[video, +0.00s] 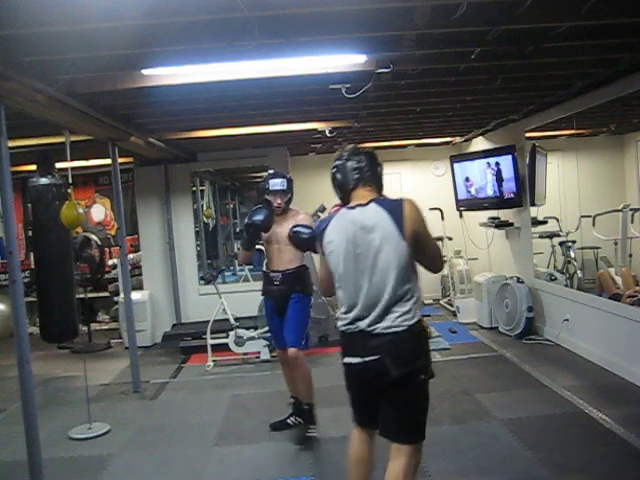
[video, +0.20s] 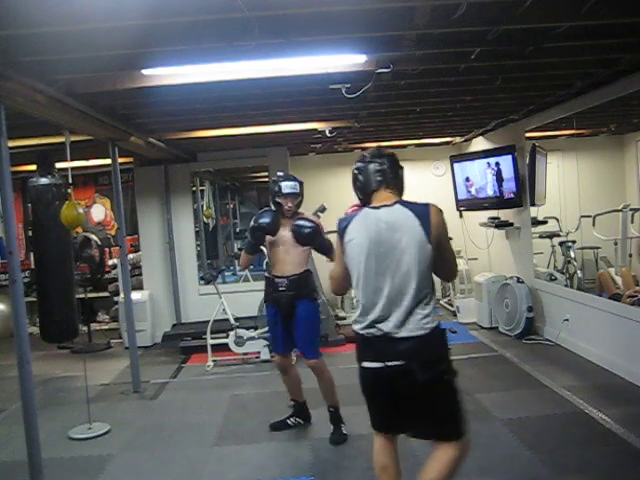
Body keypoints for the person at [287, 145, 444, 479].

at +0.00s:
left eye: (339, 179)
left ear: (340, 184)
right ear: (379, 176)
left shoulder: (329, 228)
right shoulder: (404, 210)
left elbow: (326, 288)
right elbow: (435, 263)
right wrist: (403, 234)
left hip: (355, 349)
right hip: (403, 346)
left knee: (361, 429)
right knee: (404, 448)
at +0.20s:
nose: (357, 186)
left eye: (357, 181)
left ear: (360, 186)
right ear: (398, 179)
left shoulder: (348, 226)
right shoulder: (428, 215)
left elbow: (337, 286)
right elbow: (448, 272)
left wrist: (343, 238)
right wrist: (419, 242)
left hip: (373, 353)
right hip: (423, 350)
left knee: (383, 433)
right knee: (450, 441)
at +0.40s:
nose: (376, 186)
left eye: (376, 180)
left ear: (383, 183)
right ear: (419, 178)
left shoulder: (376, 221)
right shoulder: (458, 210)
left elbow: (366, 284)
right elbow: (470, 273)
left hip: (406, 349)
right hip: (460, 344)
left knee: (399, 435)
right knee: (495, 434)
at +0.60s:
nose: (416, 191)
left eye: (417, 184)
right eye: (417, 183)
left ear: (425, 186)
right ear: (461, 180)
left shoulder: (427, 233)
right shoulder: (504, 215)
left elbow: (404, 292)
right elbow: (504, 270)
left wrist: (405, 257)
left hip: (460, 359)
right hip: (516, 353)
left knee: (429, 442)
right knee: (541, 444)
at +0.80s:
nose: (452, 187)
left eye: (452, 178)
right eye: (450, 179)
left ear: (466, 173)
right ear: (497, 168)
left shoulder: (463, 219)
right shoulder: (542, 204)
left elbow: (445, 288)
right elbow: (539, 260)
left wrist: (425, 254)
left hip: (491, 351)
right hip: (547, 345)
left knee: (467, 432)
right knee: (553, 442)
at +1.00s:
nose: (457, 197)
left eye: (456, 188)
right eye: (454, 190)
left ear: (473, 179)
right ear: (495, 174)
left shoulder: (487, 218)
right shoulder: (551, 204)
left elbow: (463, 288)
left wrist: (441, 247)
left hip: (507, 339)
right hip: (559, 335)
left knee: (472, 412)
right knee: (554, 436)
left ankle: (492, 475)